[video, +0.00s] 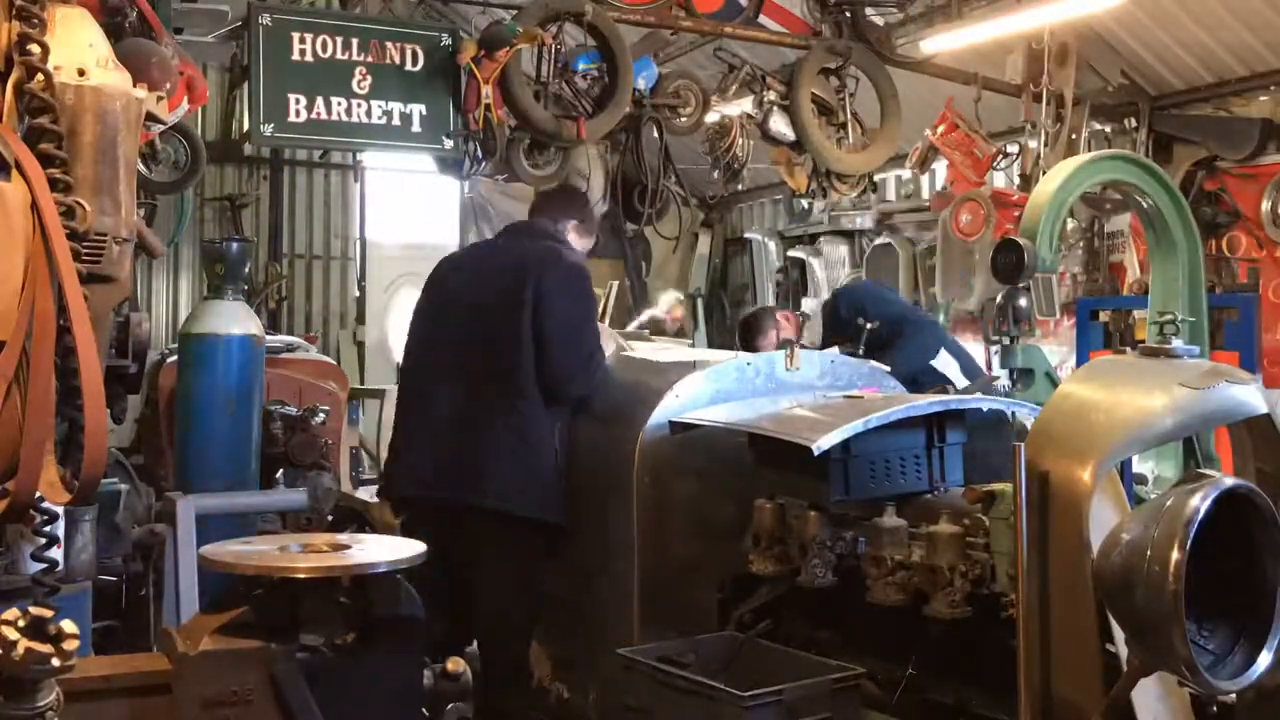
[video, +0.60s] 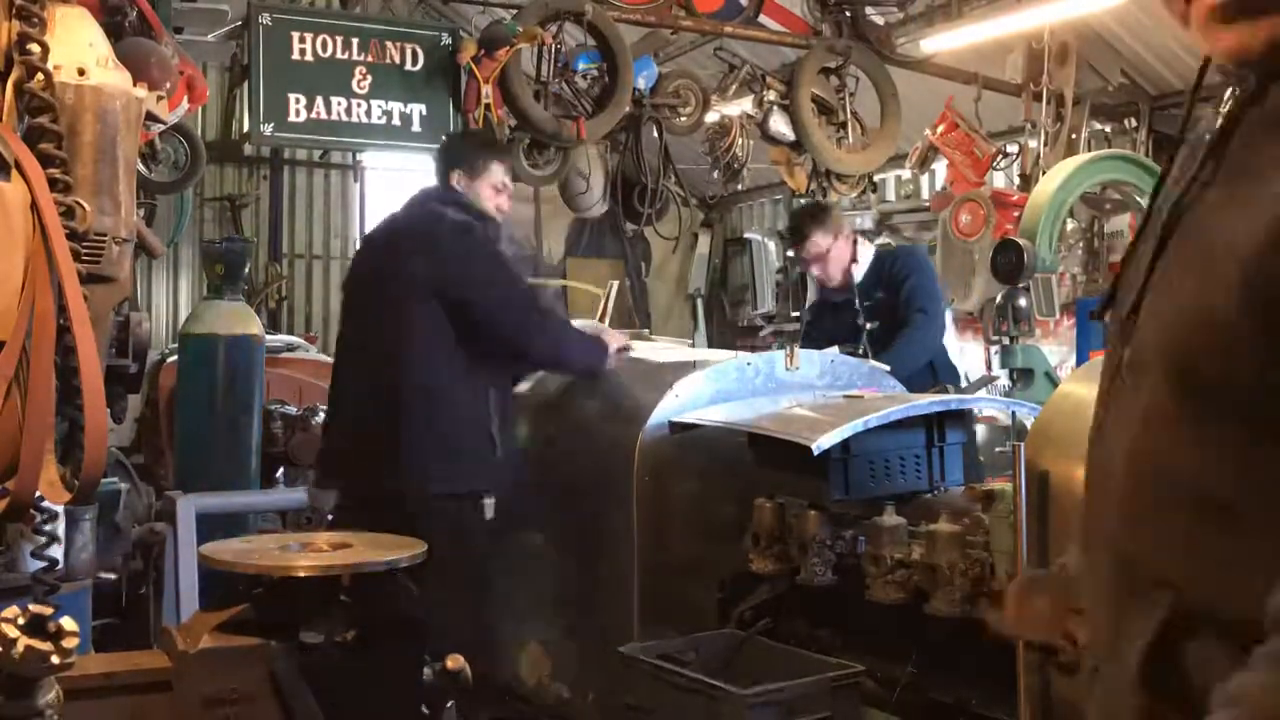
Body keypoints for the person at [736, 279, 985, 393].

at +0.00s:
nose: (789, 354)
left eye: (783, 344)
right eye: (779, 356)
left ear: (784, 319)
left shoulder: (850, 299)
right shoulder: (827, 356)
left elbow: (924, 333)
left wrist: (873, 384)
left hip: (969, 396)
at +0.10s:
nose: (765, 360)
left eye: (759, 352)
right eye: (756, 360)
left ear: (765, 325)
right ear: (766, 324)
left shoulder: (847, 304)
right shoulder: (802, 358)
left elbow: (932, 342)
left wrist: (878, 386)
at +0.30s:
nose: (758, 362)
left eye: (751, 351)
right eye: (747, 362)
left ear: (756, 322)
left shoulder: (839, 306)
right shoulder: (787, 359)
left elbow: (929, 341)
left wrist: (880, 387)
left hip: (945, 415)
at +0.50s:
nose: (836, 265)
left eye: (844, 253)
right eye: (826, 256)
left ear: (866, 232)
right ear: (814, 243)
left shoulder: (916, 262)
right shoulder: (824, 303)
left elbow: (928, 337)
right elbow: (810, 365)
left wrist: (875, 381)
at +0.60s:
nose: (813, 272)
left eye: (819, 258)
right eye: (805, 263)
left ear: (846, 237)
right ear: (798, 262)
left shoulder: (906, 262)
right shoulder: (819, 316)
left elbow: (927, 330)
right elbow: (810, 375)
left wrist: (871, 379)